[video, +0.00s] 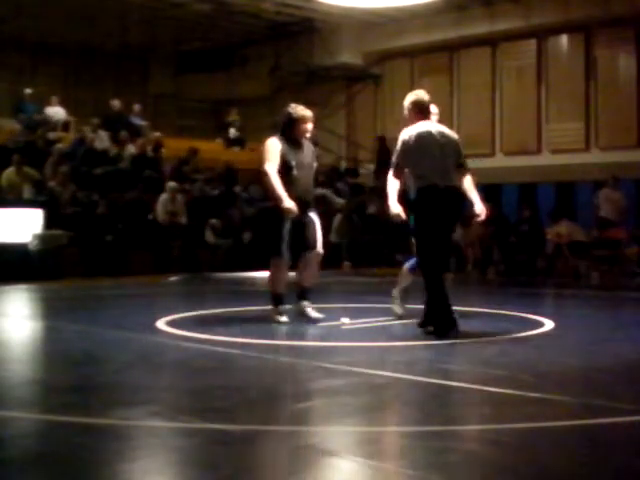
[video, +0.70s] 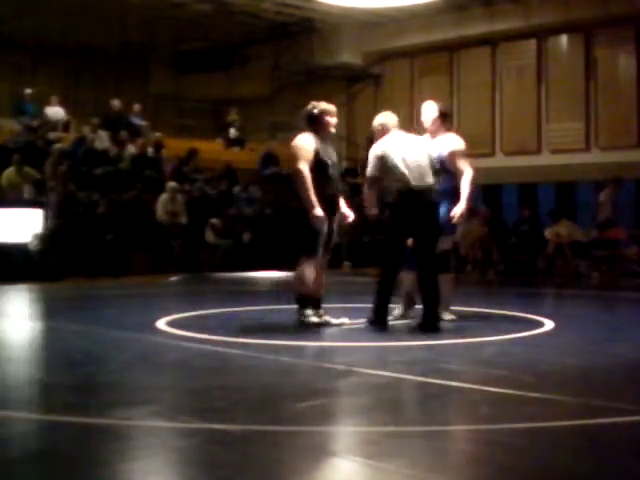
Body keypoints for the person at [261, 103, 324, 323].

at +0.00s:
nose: (309, 128)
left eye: (310, 124)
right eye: (305, 124)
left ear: (310, 126)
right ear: (292, 124)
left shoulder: (309, 147)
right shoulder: (275, 144)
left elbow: (308, 175)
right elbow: (270, 170)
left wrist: (310, 198)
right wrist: (284, 199)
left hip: (307, 206)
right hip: (284, 206)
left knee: (314, 251)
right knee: (281, 257)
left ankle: (303, 300)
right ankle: (278, 305)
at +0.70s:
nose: (335, 121)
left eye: (335, 116)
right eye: (330, 116)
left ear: (328, 120)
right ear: (317, 118)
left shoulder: (327, 146)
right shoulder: (305, 140)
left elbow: (332, 182)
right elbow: (302, 170)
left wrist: (342, 205)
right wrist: (314, 205)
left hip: (329, 209)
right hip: (313, 208)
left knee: (322, 258)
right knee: (311, 257)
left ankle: (317, 306)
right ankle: (305, 307)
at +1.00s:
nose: (340, 127)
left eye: (339, 121)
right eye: (337, 121)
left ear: (313, 120)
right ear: (327, 120)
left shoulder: (301, 142)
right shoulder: (321, 140)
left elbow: (298, 179)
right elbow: (329, 174)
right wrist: (339, 205)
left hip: (302, 208)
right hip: (316, 209)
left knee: (308, 262)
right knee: (312, 262)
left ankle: (309, 311)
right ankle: (310, 313)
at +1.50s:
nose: (347, 128)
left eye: (348, 123)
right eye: (346, 123)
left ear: (327, 118)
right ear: (335, 121)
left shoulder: (319, 141)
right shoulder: (318, 143)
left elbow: (319, 184)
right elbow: (316, 185)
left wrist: (334, 209)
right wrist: (323, 215)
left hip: (311, 209)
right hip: (311, 210)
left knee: (312, 261)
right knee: (314, 262)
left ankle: (297, 306)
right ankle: (303, 313)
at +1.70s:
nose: (355, 129)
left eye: (356, 124)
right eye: (354, 123)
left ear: (340, 118)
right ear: (343, 120)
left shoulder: (340, 142)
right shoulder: (323, 142)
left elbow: (343, 178)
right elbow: (317, 183)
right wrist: (319, 217)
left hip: (337, 212)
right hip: (321, 212)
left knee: (346, 259)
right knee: (314, 266)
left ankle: (329, 310)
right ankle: (307, 318)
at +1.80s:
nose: (361, 128)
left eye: (362, 123)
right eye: (360, 122)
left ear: (344, 117)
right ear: (350, 119)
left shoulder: (344, 142)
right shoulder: (328, 141)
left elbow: (348, 179)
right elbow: (326, 184)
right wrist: (330, 217)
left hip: (344, 212)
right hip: (327, 213)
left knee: (355, 260)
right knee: (315, 266)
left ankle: (355, 314)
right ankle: (308, 319)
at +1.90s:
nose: (369, 129)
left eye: (370, 124)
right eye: (368, 123)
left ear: (349, 117)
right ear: (359, 120)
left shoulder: (348, 142)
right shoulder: (336, 142)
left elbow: (351, 182)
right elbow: (335, 184)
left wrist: (360, 211)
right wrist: (344, 214)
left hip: (350, 214)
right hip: (335, 214)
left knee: (359, 265)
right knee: (319, 268)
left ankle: (364, 316)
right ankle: (310, 320)